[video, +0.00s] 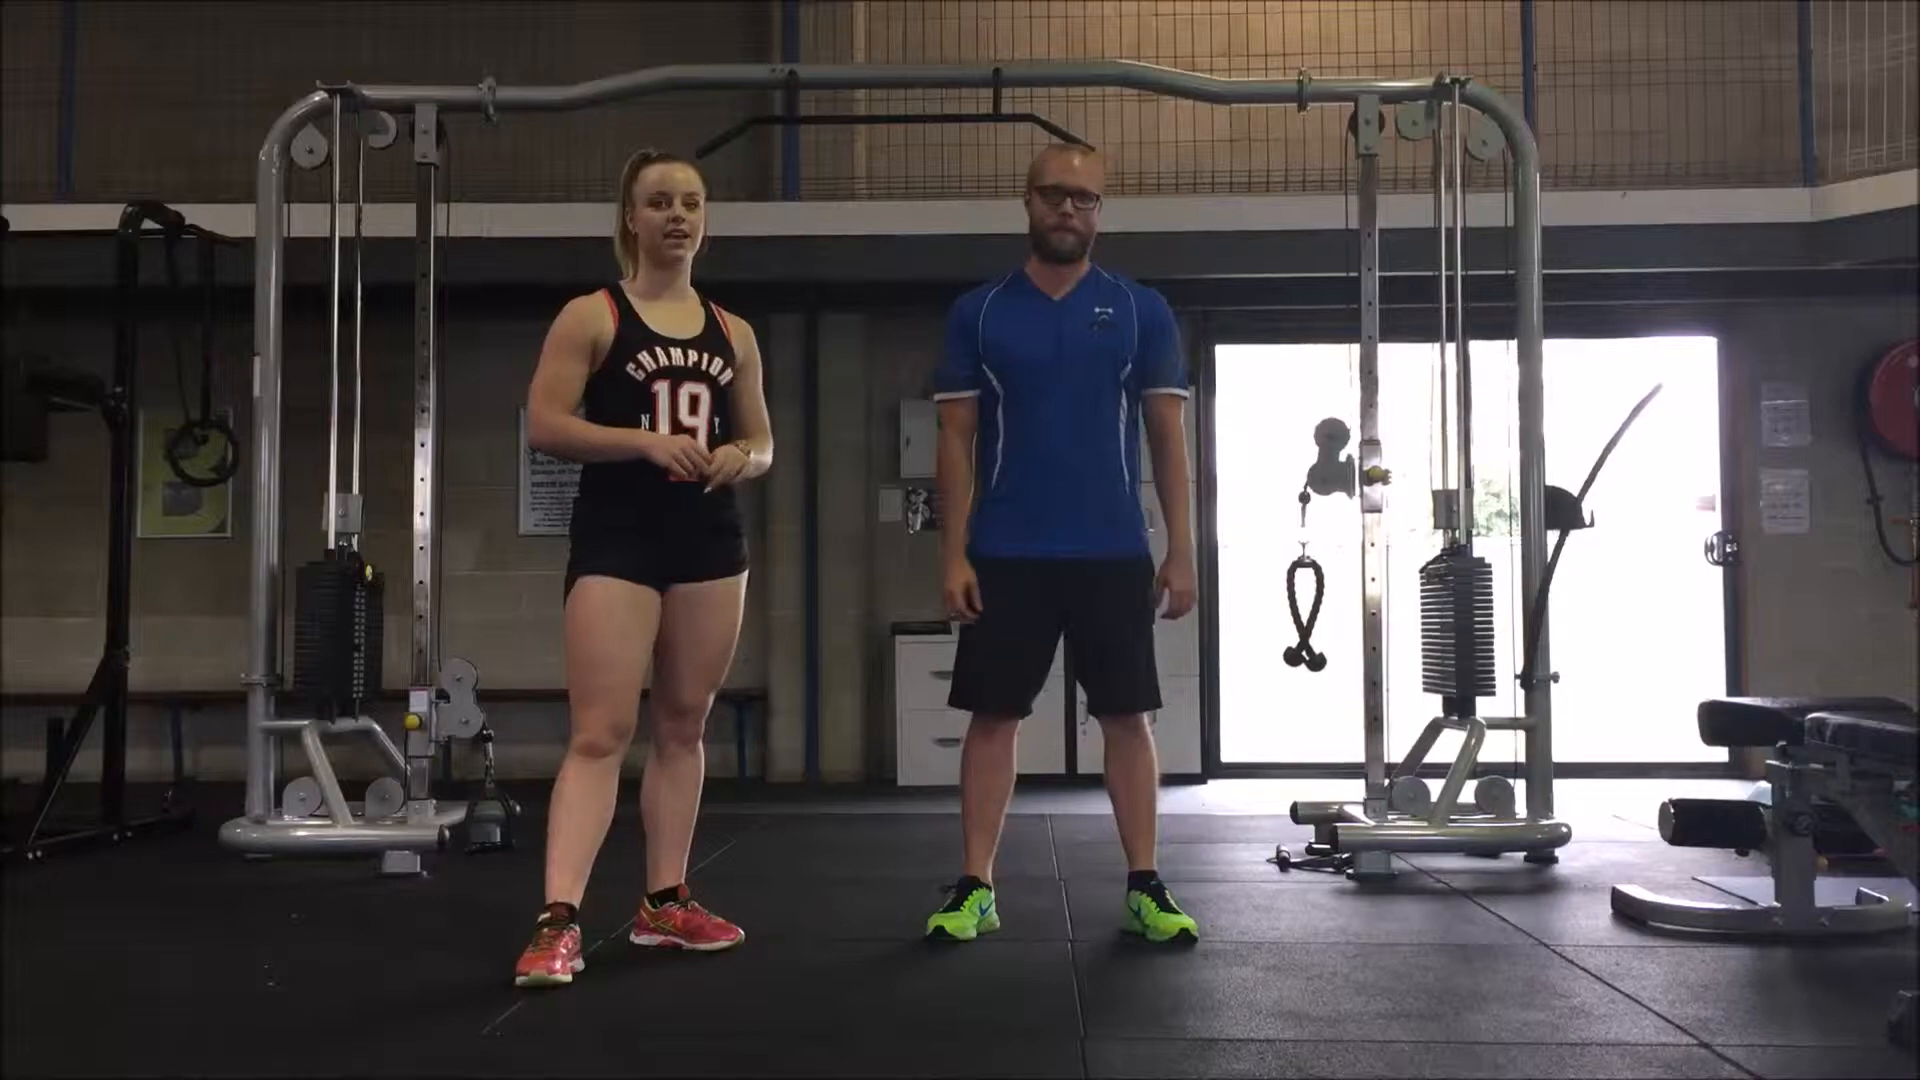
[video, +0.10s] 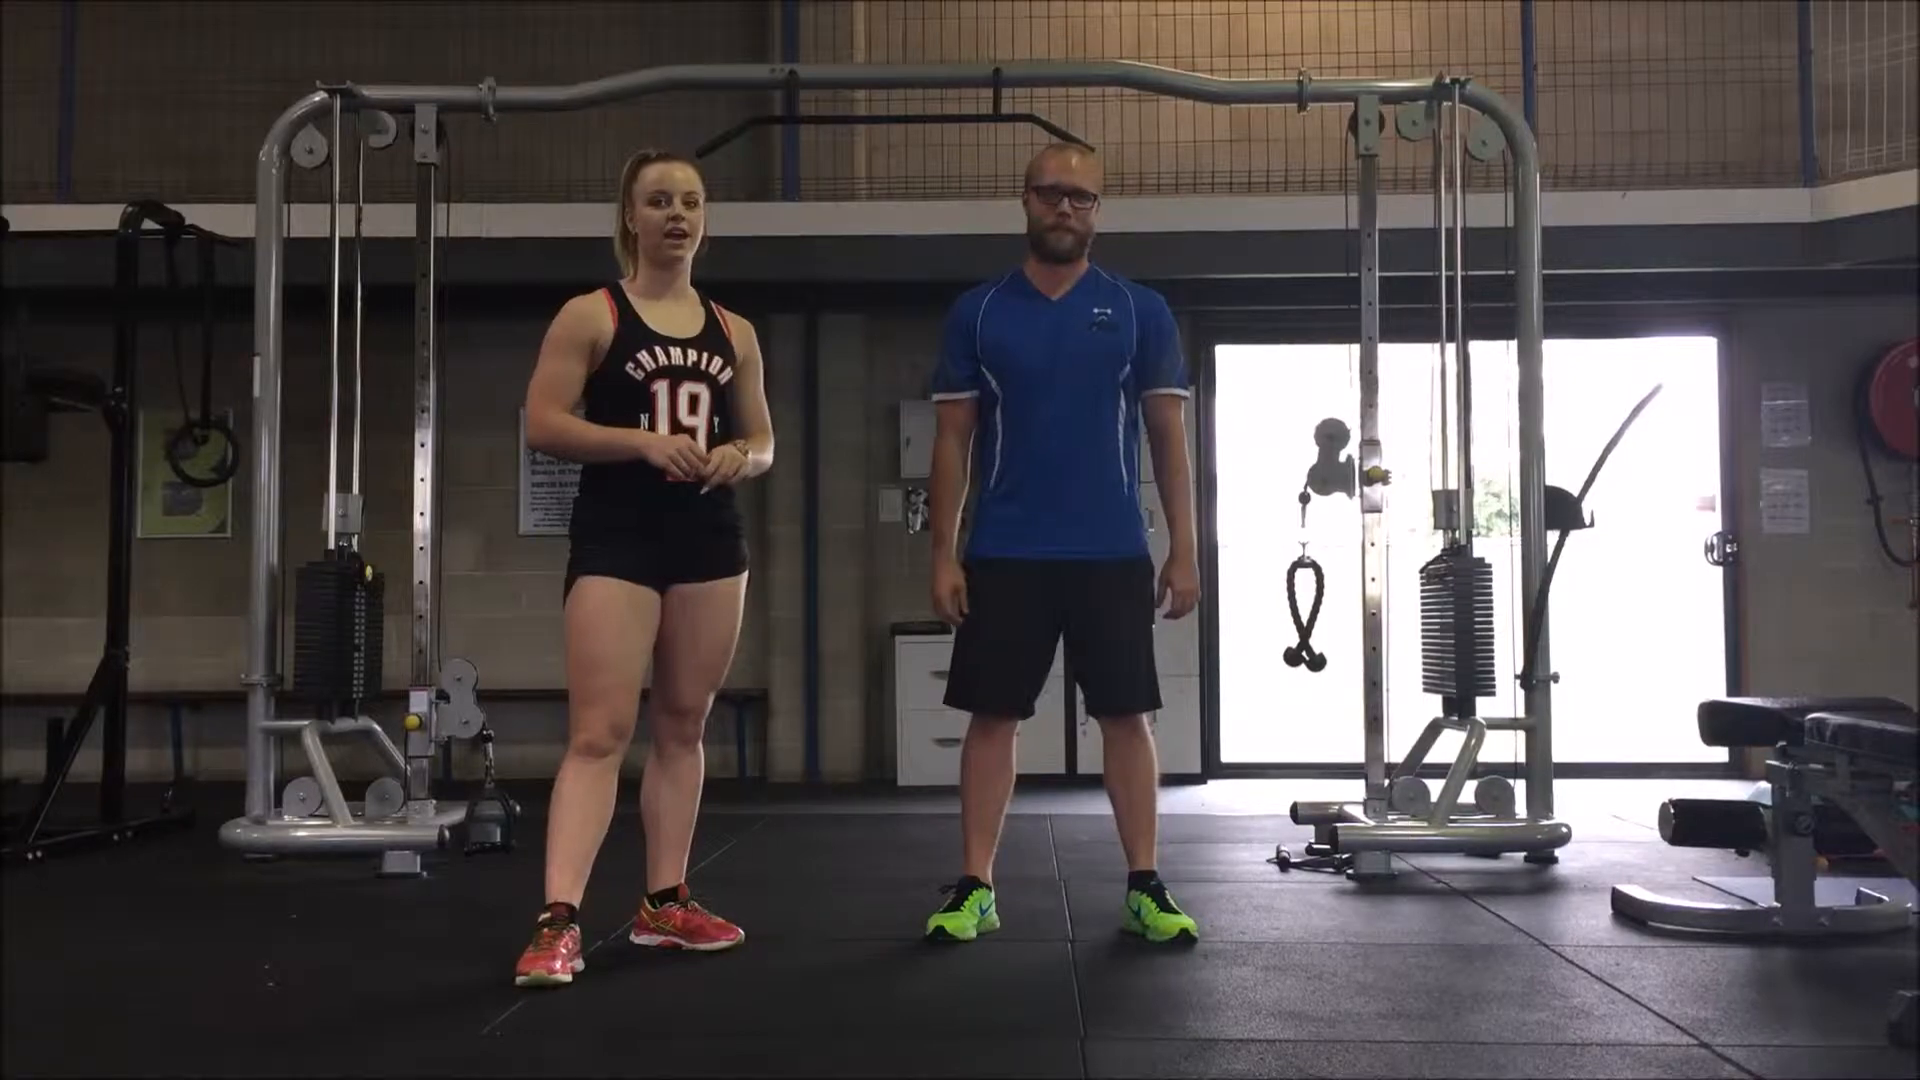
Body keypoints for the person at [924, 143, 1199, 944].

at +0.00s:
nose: (1069, 211)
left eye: (1084, 199)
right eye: (1054, 196)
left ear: (1102, 210)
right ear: (1027, 203)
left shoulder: (1140, 310)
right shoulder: (978, 313)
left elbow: (1168, 437)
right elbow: (955, 436)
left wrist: (1180, 548)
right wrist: (953, 552)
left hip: (1111, 554)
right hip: (1008, 555)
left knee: (1127, 718)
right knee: (991, 720)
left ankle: (1145, 885)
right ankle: (976, 887)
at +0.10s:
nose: (1065, 209)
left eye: (1081, 198)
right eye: (1050, 195)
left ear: (1100, 210)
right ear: (1024, 202)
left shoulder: (1140, 310)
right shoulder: (977, 313)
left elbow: (1169, 437)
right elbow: (952, 437)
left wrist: (1183, 548)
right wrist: (943, 552)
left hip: (1110, 554)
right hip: (1008, 554)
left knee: (1127, 717)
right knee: (992, 719)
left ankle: (1145, 885)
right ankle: (975, 887)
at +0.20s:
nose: (1062, 209)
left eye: (1078, 198)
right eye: (1047, 195)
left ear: (1098, 209)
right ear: (1021, 202)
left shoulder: (1138, 310)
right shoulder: (975, 312)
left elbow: (1167, 433)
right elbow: (949, 433)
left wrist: (1180, 545)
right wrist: (940, 550)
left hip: (1109, 553)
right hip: (1006, 554)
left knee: (1126, 717)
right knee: (990, 719)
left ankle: (1145, 884)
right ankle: (976, 886)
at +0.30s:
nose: (1061, 213)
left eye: (1075, 201)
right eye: (1045, 198)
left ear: (1094, 210)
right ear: (1019, 203)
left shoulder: (1134, 309)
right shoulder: (972, 312)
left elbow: (1164, 433)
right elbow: (946, 433)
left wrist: (1173, 543)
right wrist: (939, 548)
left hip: (1107, 554)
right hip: (1004, 554)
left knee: (1125, 717)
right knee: (989, 719)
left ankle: (1145, 885)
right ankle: (976, 887)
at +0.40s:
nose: (1055, 217)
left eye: (1070, 204)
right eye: (1041, 201)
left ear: (1090, 210)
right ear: (1014, 202)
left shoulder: (1129, 310)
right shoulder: (967, 312)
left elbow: (1156, 431)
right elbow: (941, 432)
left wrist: (1161, 543)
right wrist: (940, 547)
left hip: (1101, 555)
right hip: (999, 555)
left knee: (1122, 717)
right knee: (986, 720)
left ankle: (1144, 885)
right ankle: (976, 887)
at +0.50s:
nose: (1053, 222)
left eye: (1067, 209)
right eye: (1038, 207)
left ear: (1085, 209)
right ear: (1009, 205)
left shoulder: (1124, 310)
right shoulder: (960, 313)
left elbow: (1149, 431)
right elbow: (936, 433)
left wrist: (1148, 542)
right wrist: (940, 545)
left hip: (1095, 554)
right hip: (994, 555)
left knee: (1120, 716)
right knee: (982, 718)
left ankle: (1144, 885)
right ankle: (976, 885)